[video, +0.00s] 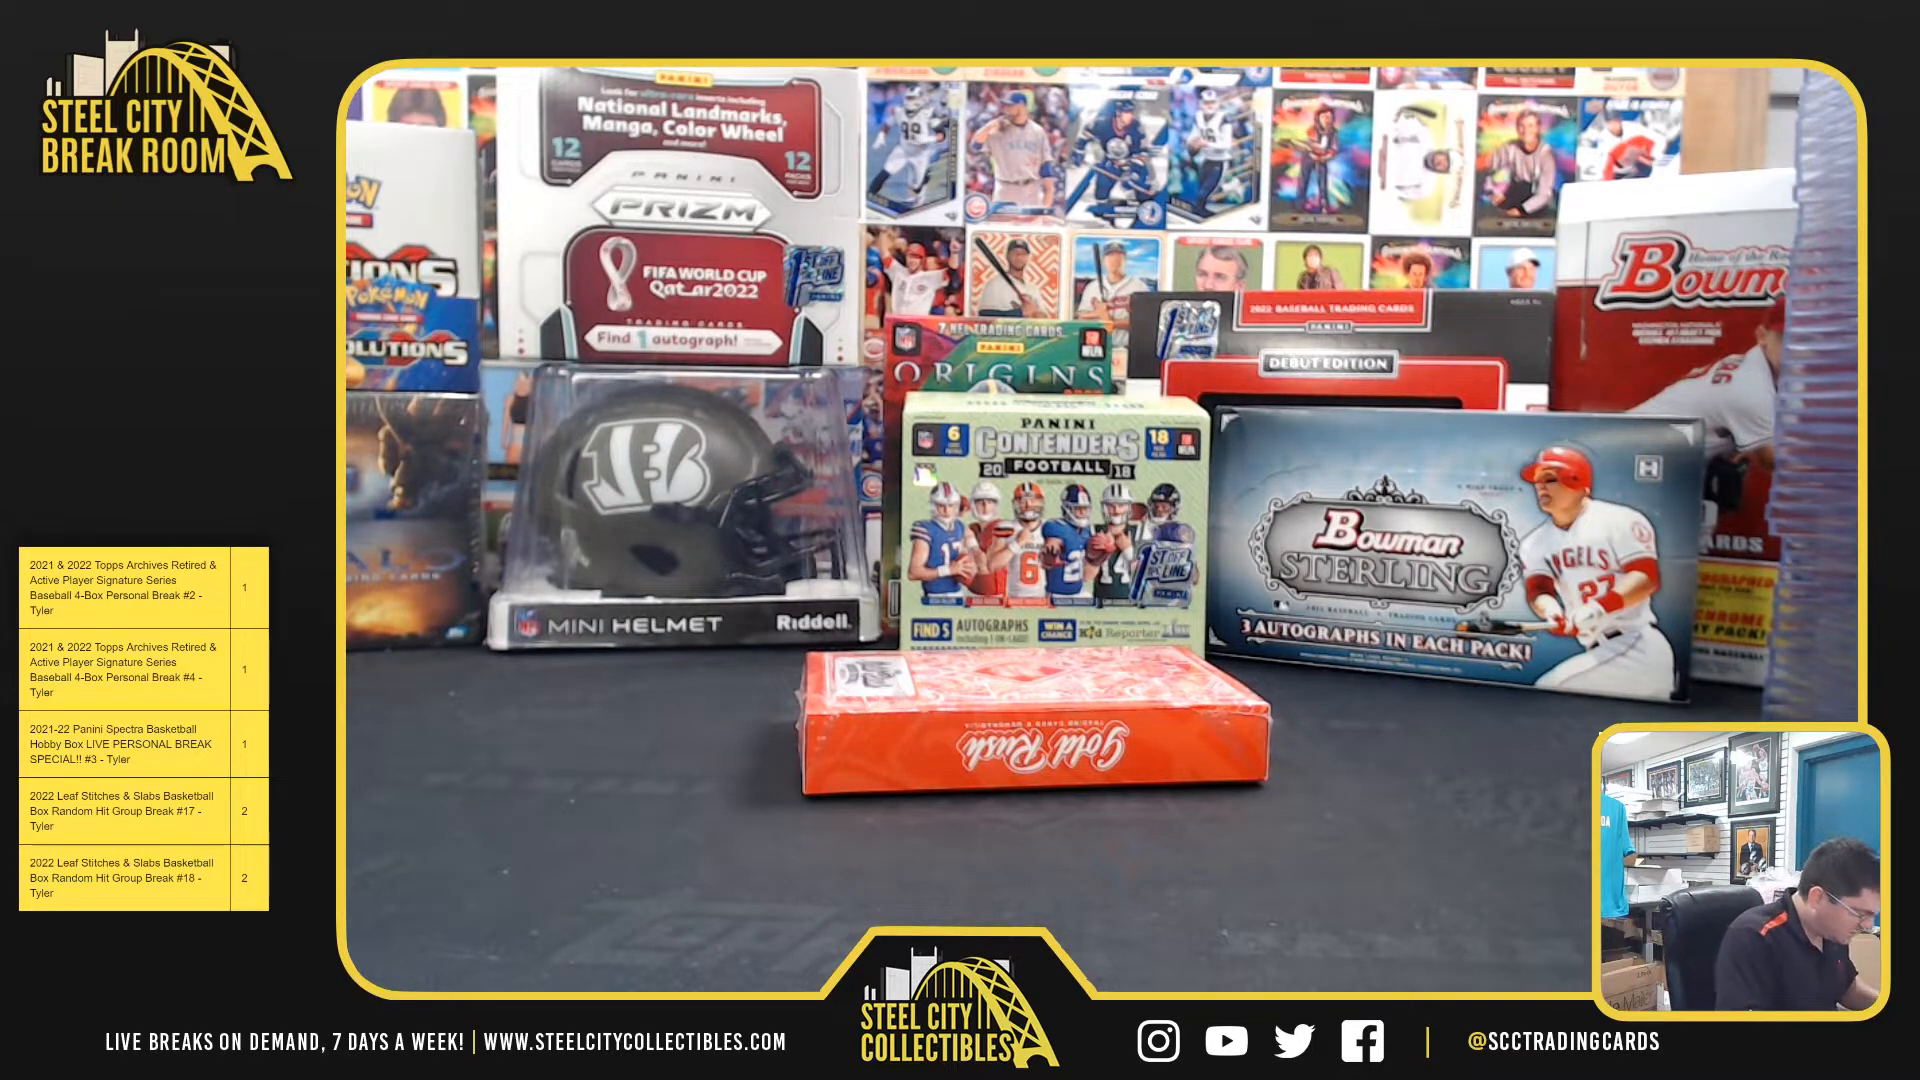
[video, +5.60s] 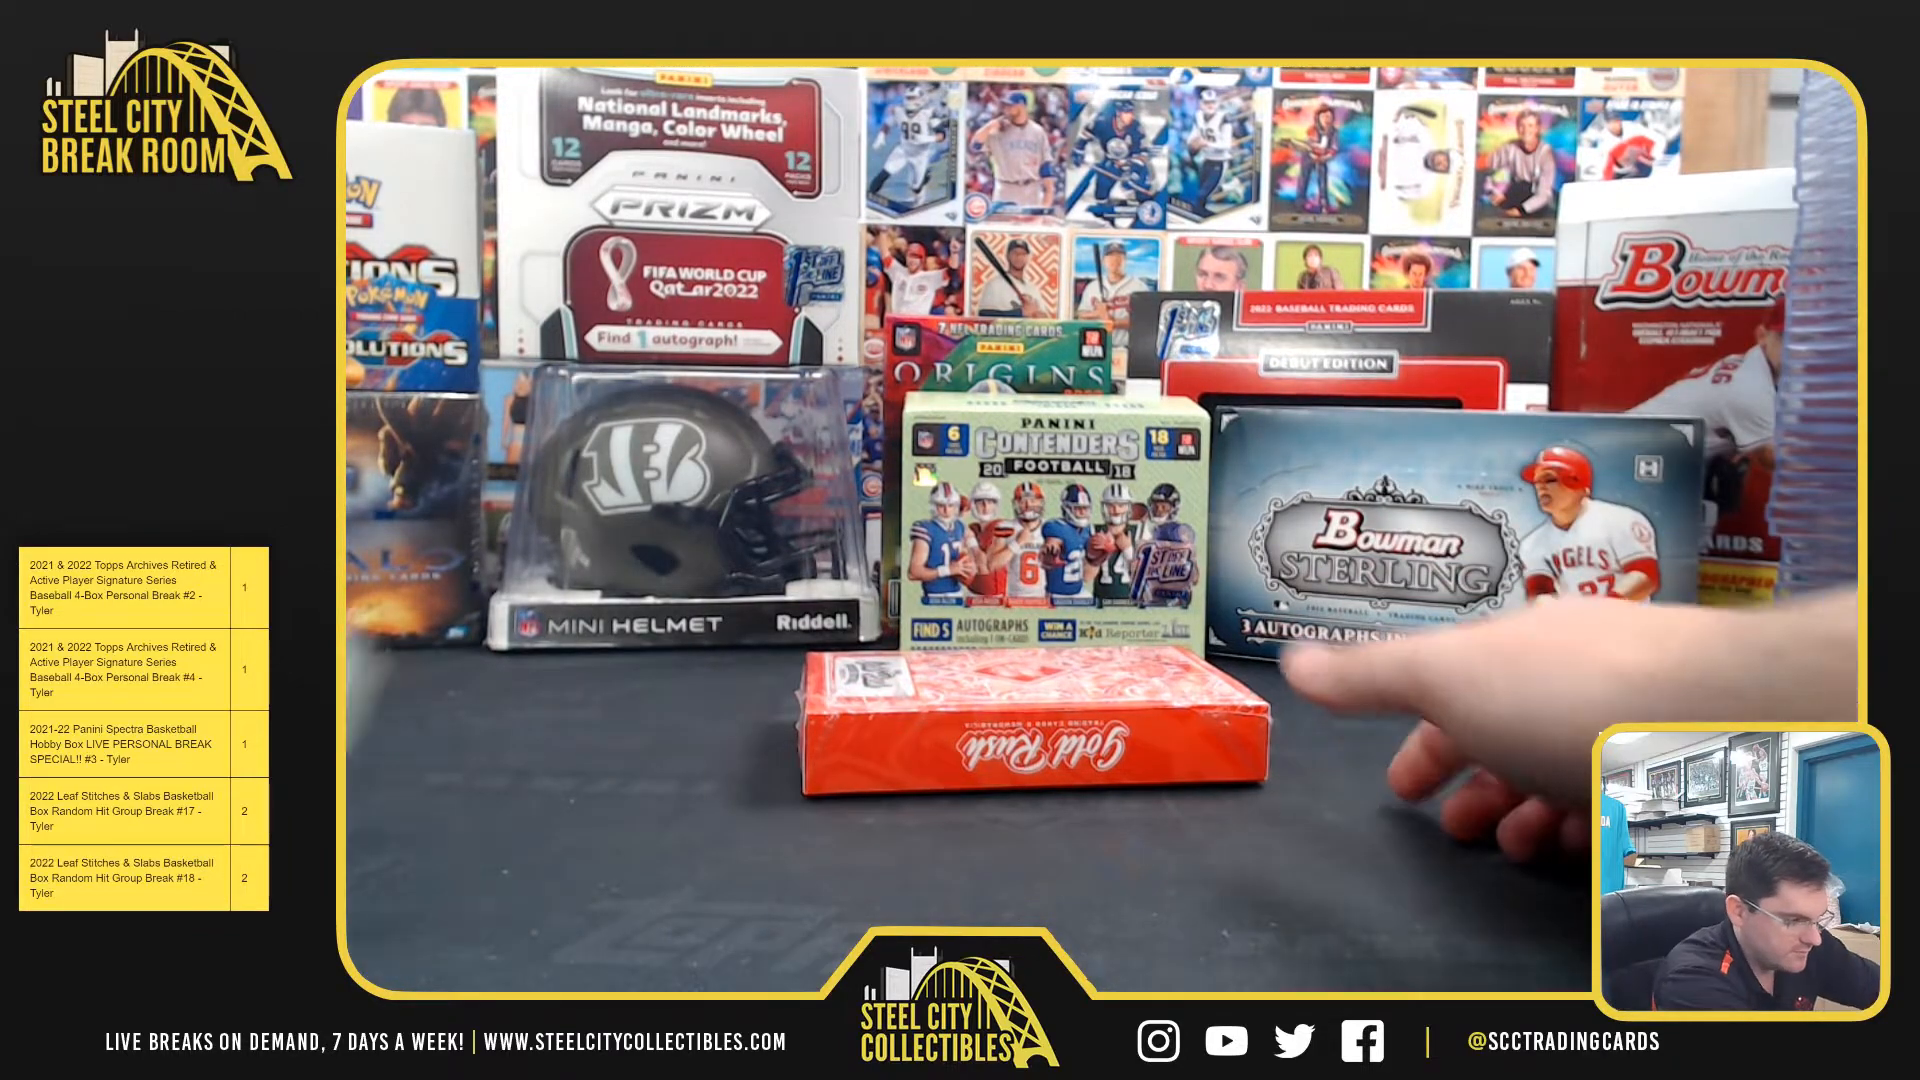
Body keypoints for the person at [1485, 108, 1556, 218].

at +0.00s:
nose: (1526, 130)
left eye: (1530, 126)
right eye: (1522, 126)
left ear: (1538, 128)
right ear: (1517, 129)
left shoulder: (1545, 153)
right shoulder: (1508, 150)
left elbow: (1545, 192)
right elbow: (1490, 175)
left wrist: (1523, 209)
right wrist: (1494, 193)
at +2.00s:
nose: (1526, 130)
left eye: (1531, 126)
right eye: (1522, 126)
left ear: (1539, 129)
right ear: (1517, 129)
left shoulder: (1545, 154)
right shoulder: (1506, 151)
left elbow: (1545, 192)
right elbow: (1490, 178)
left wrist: (1522, 209)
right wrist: (1494, 194)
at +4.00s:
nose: (1526, 130)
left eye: (1530, 126)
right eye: (1522, 126)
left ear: (1538, 128)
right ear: (1518, 129)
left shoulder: (1545, 154)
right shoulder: (1506, 151)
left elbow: (1545, 192)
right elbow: (1490, 179)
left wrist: (1523, 209)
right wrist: (1495, 193)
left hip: (1535, 188)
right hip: (1511, 187)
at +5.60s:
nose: (1526, 130)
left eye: (1531, 126)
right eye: (1522, 126)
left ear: (1538, 128)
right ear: (1518, 129)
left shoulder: (1545, 153)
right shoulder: (1507, 150)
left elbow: (1545, 191)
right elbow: (1489, 178)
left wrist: (1523, 209)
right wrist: (1495, 194)